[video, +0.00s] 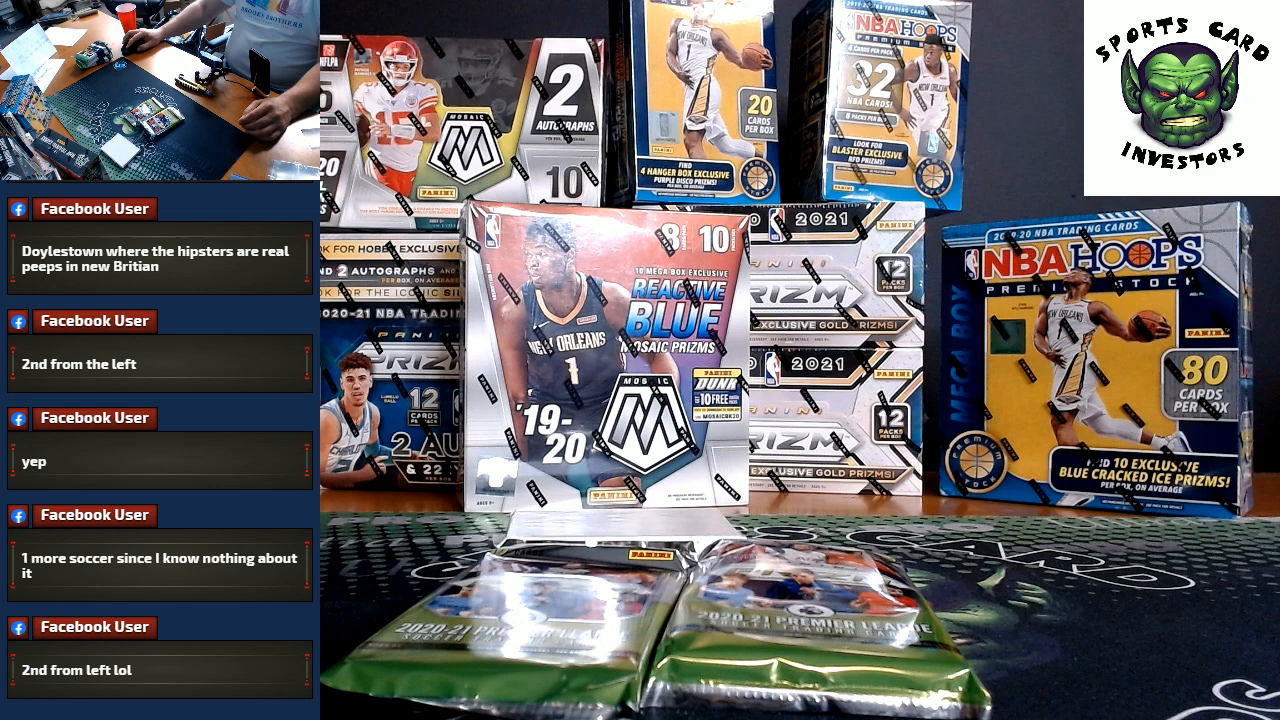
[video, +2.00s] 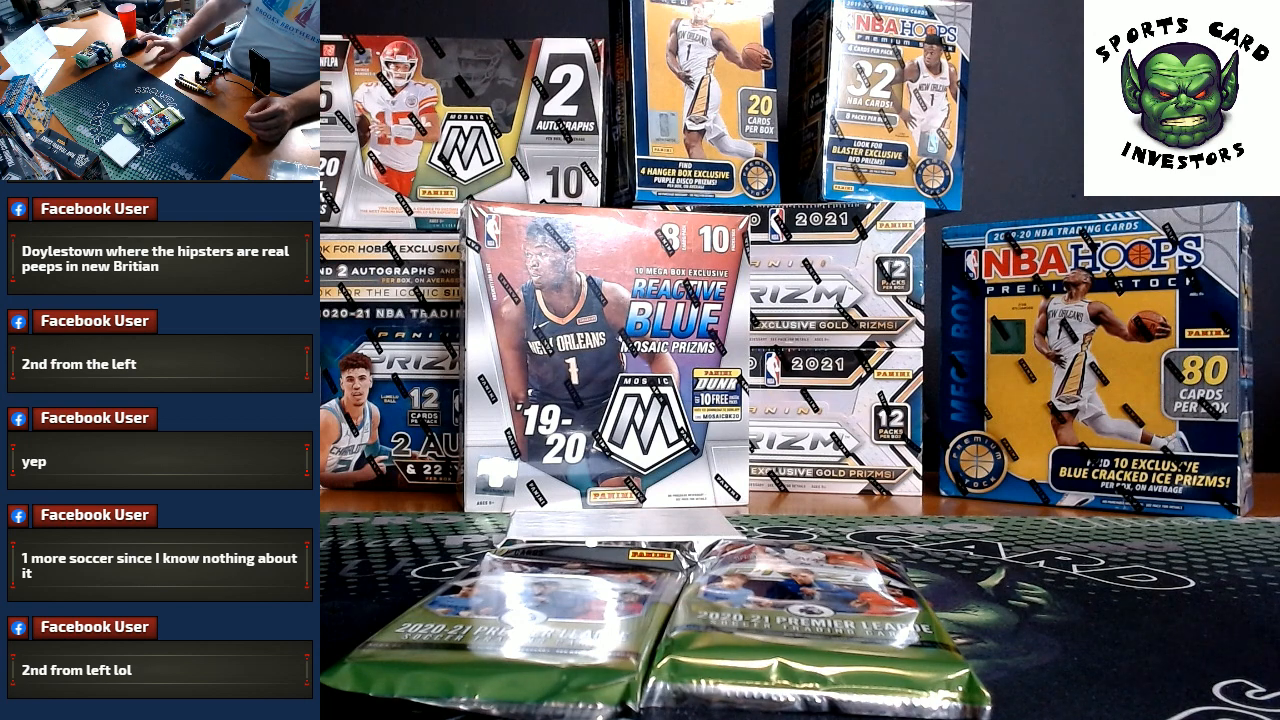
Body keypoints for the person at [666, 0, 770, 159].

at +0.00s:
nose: (697, 8)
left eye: (703, 6)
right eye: (695, 5)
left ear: (711, 12)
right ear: (691, 7)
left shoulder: (715, 34)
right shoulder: (678, 24)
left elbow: (739, 60)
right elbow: (670, 53)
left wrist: (764, 63)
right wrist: (678, 72)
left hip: (705, 87)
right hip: (692, 88)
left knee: (692, 141)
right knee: (725, 145)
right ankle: (767, 158)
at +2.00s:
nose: (697, 8)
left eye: (702, 6)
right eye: (695, 5)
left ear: (711, 12)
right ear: (691, 8)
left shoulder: (715, 34)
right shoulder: (678, 25)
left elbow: (740, 60)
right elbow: (670, 53)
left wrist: (764, 63)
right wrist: (678, 72)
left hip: (705, 87)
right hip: (692, 88)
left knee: (692, 141)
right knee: (725, 145)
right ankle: (767, 158)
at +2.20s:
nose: (697, 9)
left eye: (703, 6)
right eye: (695, 5)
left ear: (711, 12)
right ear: (691, 8)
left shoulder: (715, 34)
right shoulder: (678, 24)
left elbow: (740, 60)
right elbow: (670, 53)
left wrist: (765, 63)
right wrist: (678, 72)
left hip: (705, 87)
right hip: (692, 88)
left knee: (692, 141)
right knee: (725, 145)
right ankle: (767, 158)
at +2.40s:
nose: (697, 9)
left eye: (702, 6)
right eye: (695, 5)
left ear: (711, 12)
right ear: (691, 8)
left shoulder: (715, 34)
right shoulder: (678, 24)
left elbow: (740, 60)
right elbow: (670, 53)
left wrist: (765, 63)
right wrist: (678, 72)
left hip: (705, 87)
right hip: (692, 88)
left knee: (692, 141)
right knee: (725, 145)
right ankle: (767, 158)